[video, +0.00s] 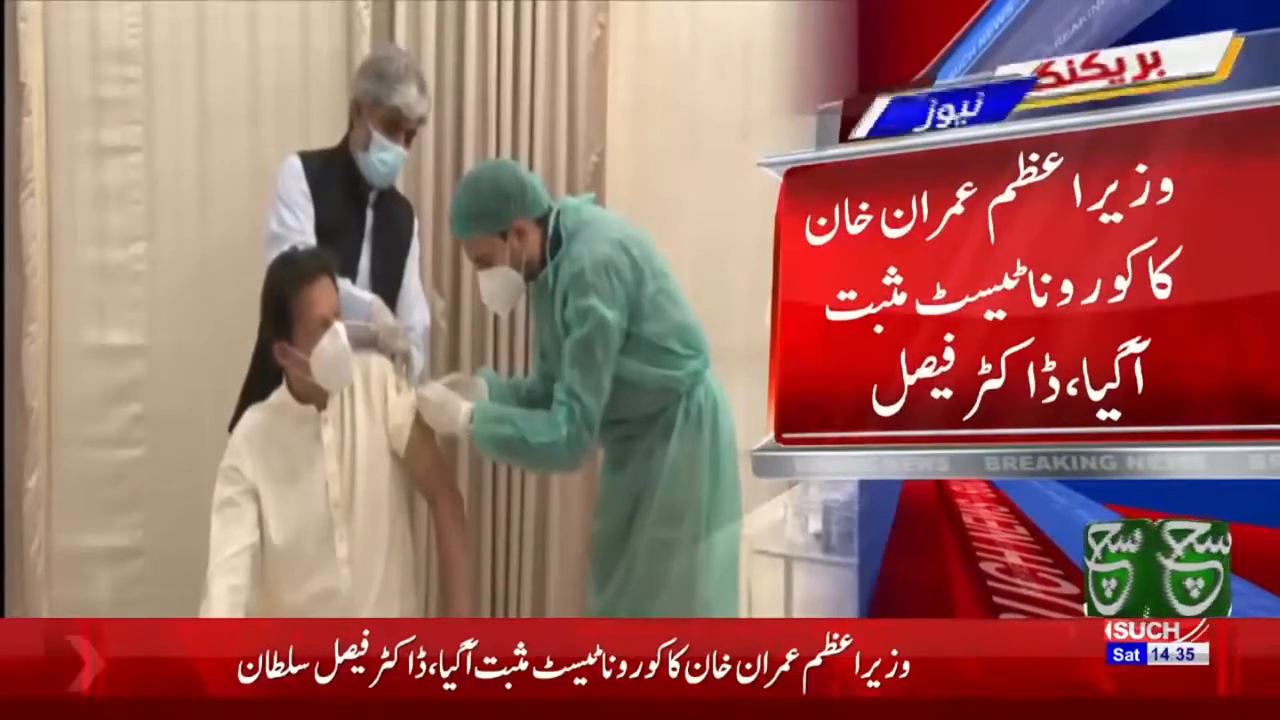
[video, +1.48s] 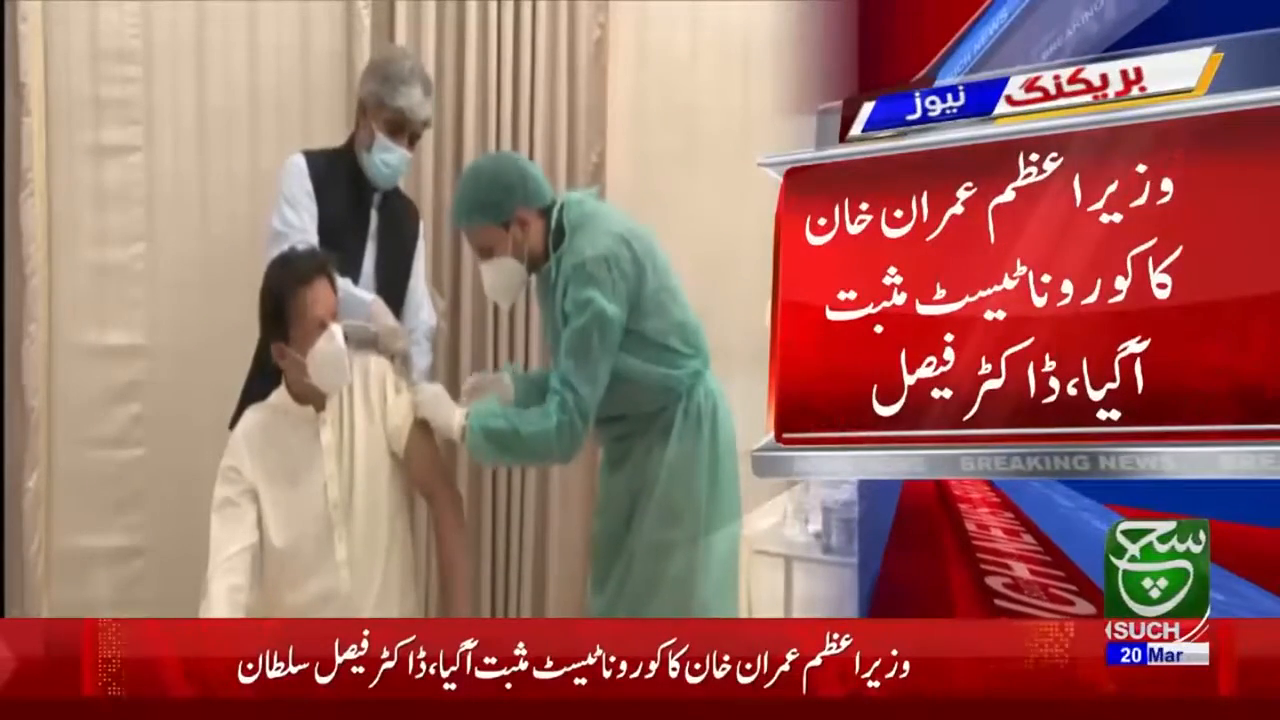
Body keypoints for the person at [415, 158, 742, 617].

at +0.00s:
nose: (484, 276)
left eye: (486, 262)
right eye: (477, 265)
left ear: (520, 233)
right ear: (520, 233)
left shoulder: (592, 263)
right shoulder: (551, 262)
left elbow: (571, 437)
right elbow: (551, 394)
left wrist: (469, 420)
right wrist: (484, 390)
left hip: (680, 434)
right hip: (632, 438)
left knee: (657, 603)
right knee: (613, 597)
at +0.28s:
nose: (483, 276)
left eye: (485, 262)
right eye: (476, 265)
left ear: (519, 233)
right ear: (519, 233)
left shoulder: (591, 261)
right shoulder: (553, 260)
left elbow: (563, 436)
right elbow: (551, 395)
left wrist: (462, 416)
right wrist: (485, 389)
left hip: (679, 434)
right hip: (632, 437)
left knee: (656, 605)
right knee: (614, 599)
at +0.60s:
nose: (484, 276)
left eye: (485, 263)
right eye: (476, 266)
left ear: (519, 233)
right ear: (519, 234)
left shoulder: (591, 261)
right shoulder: (554, 260)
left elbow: (563, 436)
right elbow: (555, 395)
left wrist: (461, 415)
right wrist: (486, 389)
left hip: (679, 434)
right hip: (633, 437)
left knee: (656, 604)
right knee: (614, 598)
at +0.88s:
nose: (487, 277)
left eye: (486, 263)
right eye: (479, 267)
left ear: (517, 231)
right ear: (519, 230)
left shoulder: (593, 258)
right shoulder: (558, 258)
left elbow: (562, 436)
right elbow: (560, 396)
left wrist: (457, 415)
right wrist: (489, 391)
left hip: (677, 437)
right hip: (635, 438)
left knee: (655, 608)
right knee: (618, 602)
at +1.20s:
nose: (484, 276)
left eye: (486, 263)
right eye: (477, 265)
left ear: (521, 232)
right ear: (522, 231)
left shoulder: (592, 260)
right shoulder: (557, 255)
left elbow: (564, 433)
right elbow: (562, 393)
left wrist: (460, 418)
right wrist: (492, 389)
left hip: (678, 435)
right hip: (634, 437)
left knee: (657, 604)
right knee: (615, 599)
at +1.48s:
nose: (487, 266)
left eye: (489, 252)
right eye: (480, 255)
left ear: (524, 224)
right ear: (526, 224)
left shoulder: (594, 256)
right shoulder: (562, 249)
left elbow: (565, 428)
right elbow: (581, 385)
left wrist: (461, 423)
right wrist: (514, 389)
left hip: (677, 436)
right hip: (634, 436)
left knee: (657, 605)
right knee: (616, 599)